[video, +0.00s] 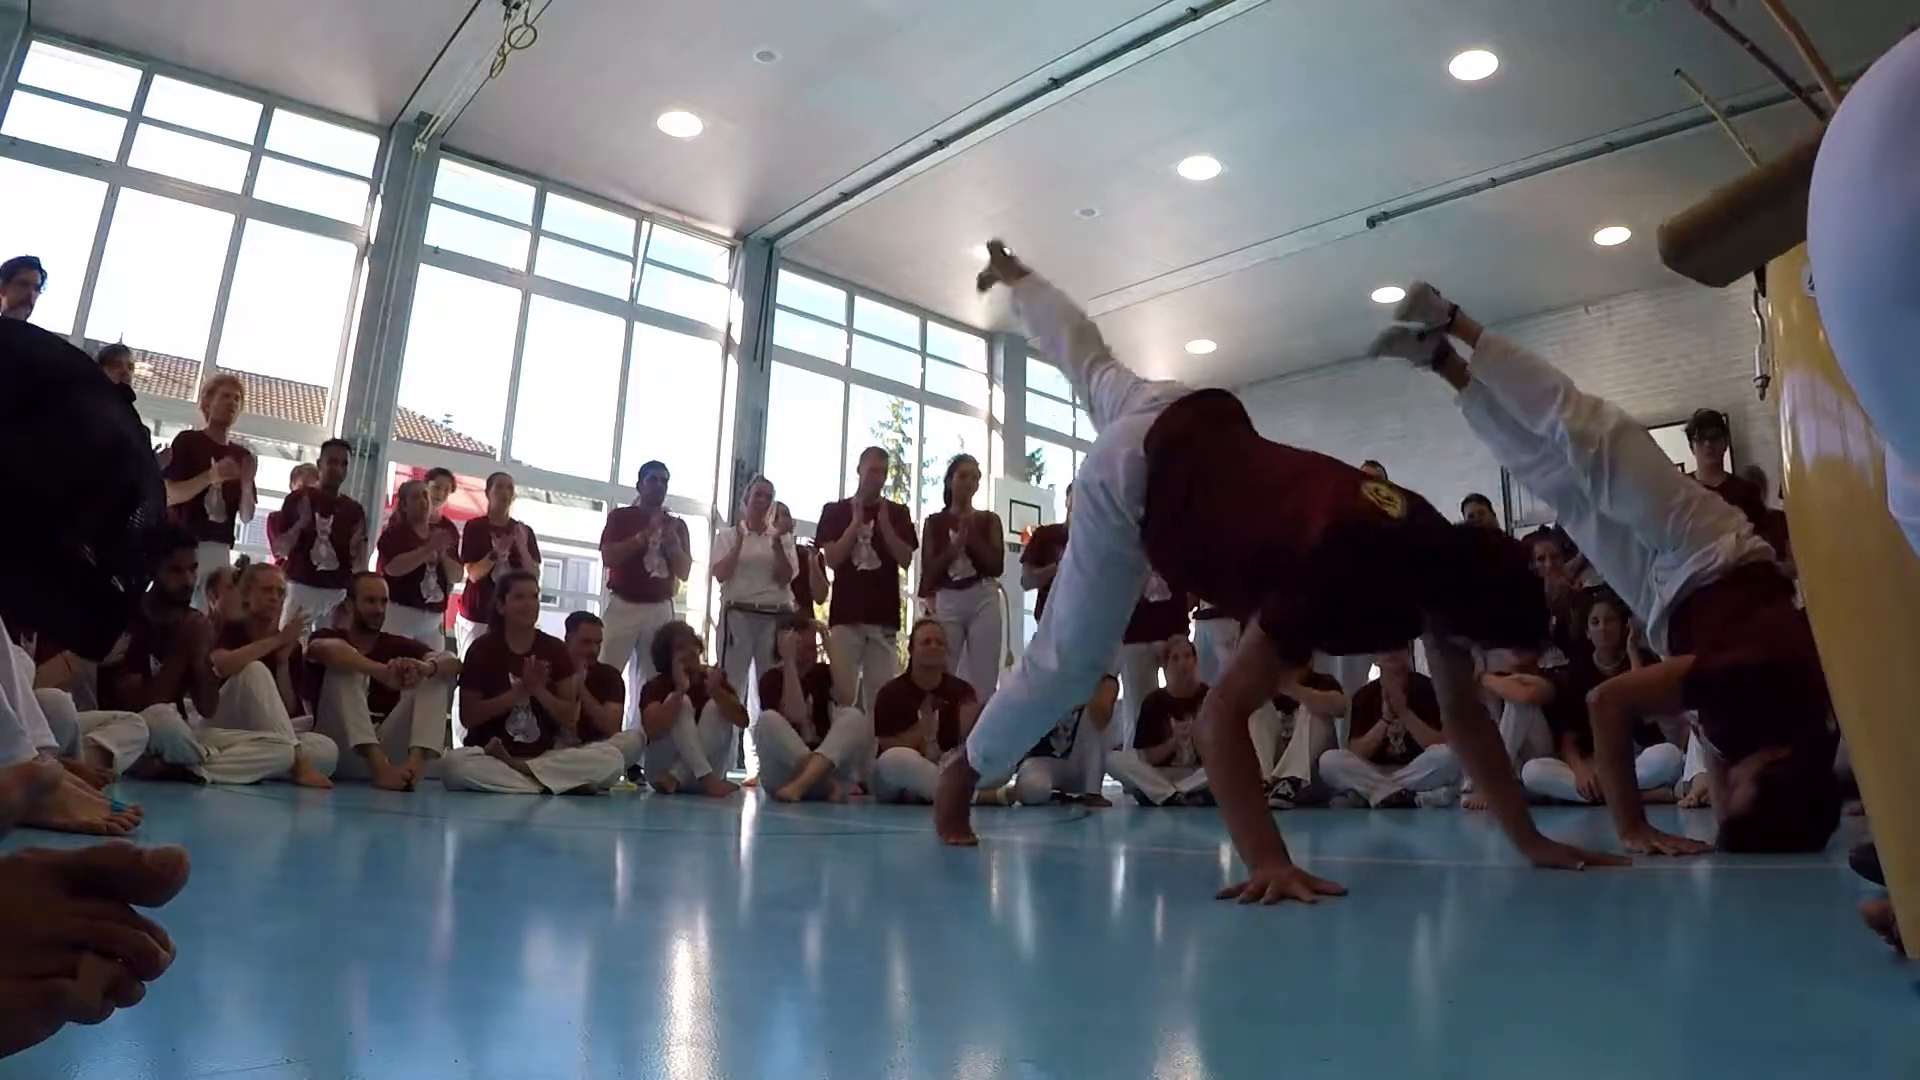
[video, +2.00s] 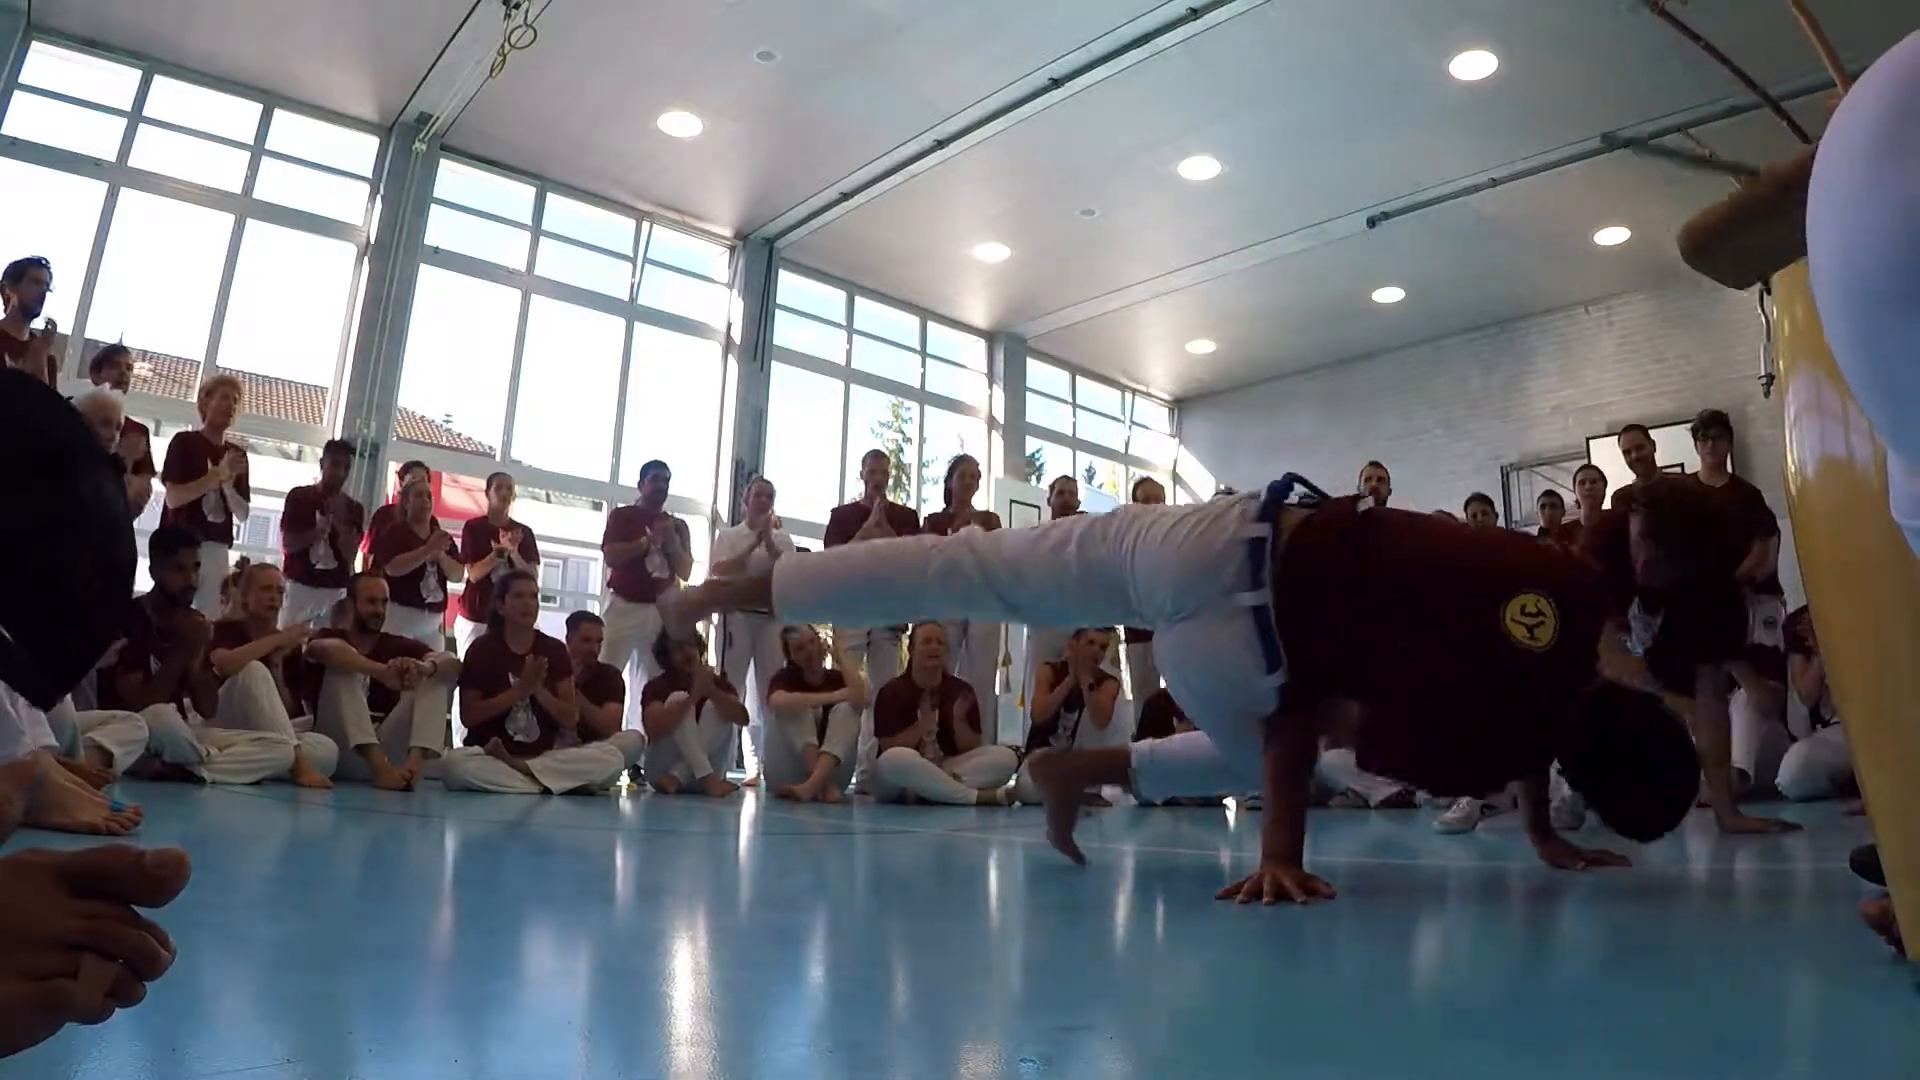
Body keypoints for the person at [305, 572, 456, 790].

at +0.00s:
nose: (379, 609)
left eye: (383, 601)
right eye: (370, 601)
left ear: (389, 603)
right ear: (350, 603)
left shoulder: (393, 643)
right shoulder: (329, 637)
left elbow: (454, 662)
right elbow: (317, 649)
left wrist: (426, 667)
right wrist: (382, 671)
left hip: (388, 750)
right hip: (338, 750)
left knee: (438, 673)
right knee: (342, 660)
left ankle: (416, 761)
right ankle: (378, 764)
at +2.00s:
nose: (379, 610)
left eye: (384, 602)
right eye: (371, 602)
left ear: (389, 603)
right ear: (352, 603)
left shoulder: (393, 643)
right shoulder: (330, 637)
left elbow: (454, 662)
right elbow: (316, 649)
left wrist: (427, 666)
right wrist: (382, 671)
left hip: (387, 751)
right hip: (338, 750)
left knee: (438, 673)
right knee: (342, 662)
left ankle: (414, 764)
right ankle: (378, 764)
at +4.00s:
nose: (381, 610)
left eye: (385, 603)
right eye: (373, 603)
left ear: (390, 604)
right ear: (353, 604)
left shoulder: (393, 643)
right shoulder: (329, 637)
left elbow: (454, 663)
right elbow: (320, 648)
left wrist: (427, 667)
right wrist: (382, 672)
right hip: (338, 750)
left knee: (437, 675)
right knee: (342, 665)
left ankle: (414, 765)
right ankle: (379, 766)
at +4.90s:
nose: (380, 610)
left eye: (384, 603)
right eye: (371, 603)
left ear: (389, 603)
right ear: (351, 603)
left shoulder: (393, 643)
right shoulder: (323, 638)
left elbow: (453, 663)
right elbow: (334, 655)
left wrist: (427, 667)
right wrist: (382, 672)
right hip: (332, 749)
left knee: (436, 673)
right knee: (344, 668)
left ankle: (414, 765)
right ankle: (378, 766)